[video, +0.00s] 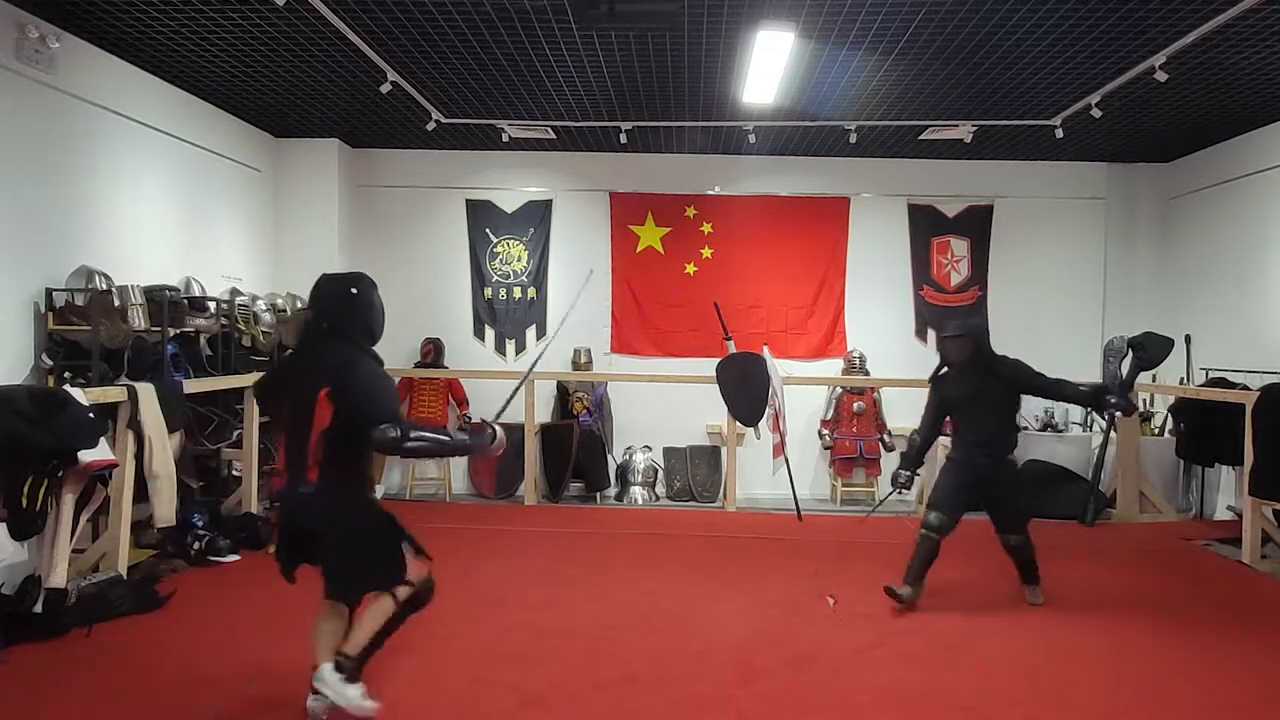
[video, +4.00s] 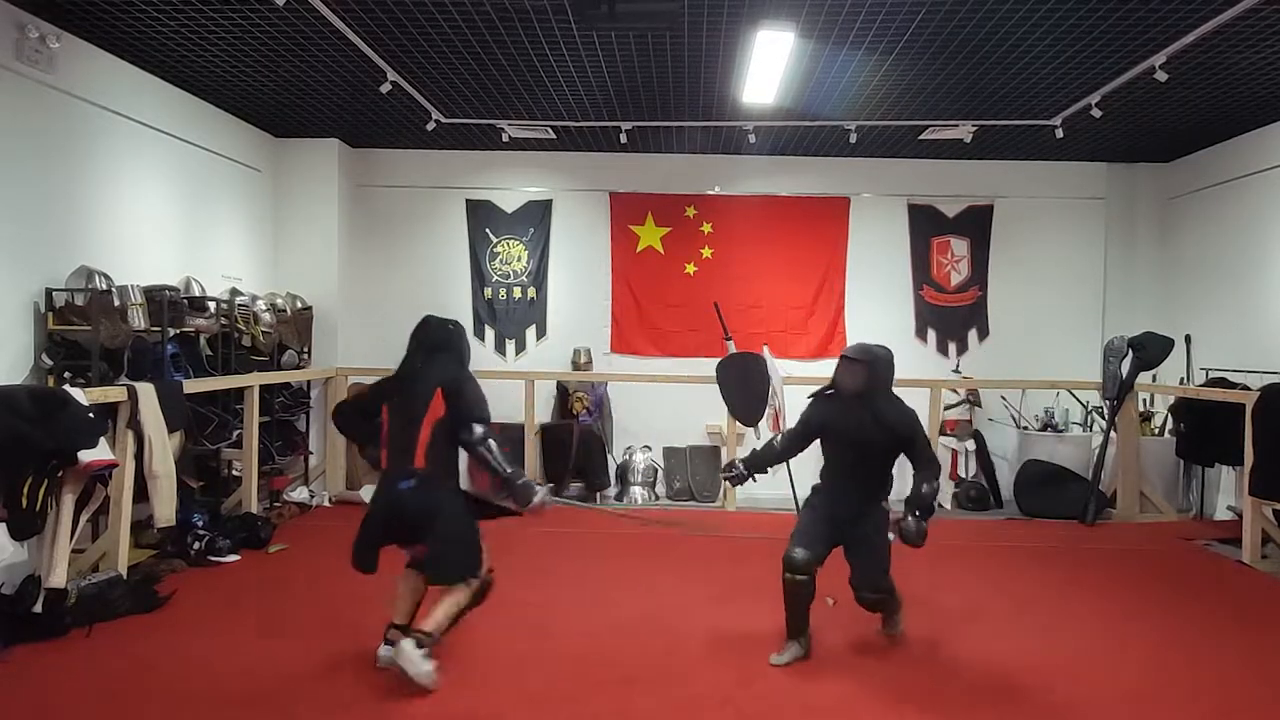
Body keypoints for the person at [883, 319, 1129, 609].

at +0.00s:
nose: (952, 348)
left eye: (959, 340)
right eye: (947, 341)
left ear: (976, 341)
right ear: (942, 344)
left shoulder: (1005, 370)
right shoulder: (943, 382)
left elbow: (1050, 388)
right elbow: (928, 428)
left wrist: (1097, 398)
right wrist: (908, 464)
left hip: (1000, 466)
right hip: (959, 466)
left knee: (1015, 537)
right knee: (933, 524)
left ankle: (1031, 584)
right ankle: (910, 587)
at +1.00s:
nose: (896, 375)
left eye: (903, 368)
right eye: (893, 369)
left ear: (921, 368)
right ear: (893, 372)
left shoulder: (954, 390)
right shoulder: (893, 402)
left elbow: (999, 388)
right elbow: (858, 421)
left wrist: (1042, 374)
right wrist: (818, 421)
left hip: (969, 478)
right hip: (929, 478)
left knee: (1000, 544)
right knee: (897, 529)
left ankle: (1028, 571)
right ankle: (897, 595)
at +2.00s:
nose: (1007, 357)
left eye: (1012, 350)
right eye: (1004, 351)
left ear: (1029, 350)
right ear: (1003, 353)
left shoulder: (1063, 374)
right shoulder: (1005, 387)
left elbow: (1101, 380)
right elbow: (991, 424)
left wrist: (1131, 378)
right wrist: (965, 418)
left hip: (1064, 461)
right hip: (1025, 460)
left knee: (1071, 526)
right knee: (1002, 516)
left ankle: (1083, 569)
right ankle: (985, 572)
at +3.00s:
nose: (1032, 368)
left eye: (1037, 362)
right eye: (1028, 362)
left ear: (1052, 365)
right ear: (1023, 368)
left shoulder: (1082, 388)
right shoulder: (1018, 398)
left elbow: (1136, 394)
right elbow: (983, 425)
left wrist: (1130, 389)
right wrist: (958, 415)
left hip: (1083, 474)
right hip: (1042, 474)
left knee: (1117, 524)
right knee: (1012, 518)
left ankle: (1153, 566)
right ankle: (1000, 571)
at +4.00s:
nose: (844, 372)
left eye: (854, 367)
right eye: (844, 364)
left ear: (874, 375)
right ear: (840, 368)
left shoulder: (898, 416)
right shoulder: (825, 407)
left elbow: (927, 466)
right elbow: (791, 441)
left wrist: (917, 511)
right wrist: (747, 464)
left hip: (869, 511)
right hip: (826, 502)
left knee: (870, 593)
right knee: (797, 562)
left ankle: (892, 608)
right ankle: (797, 639)